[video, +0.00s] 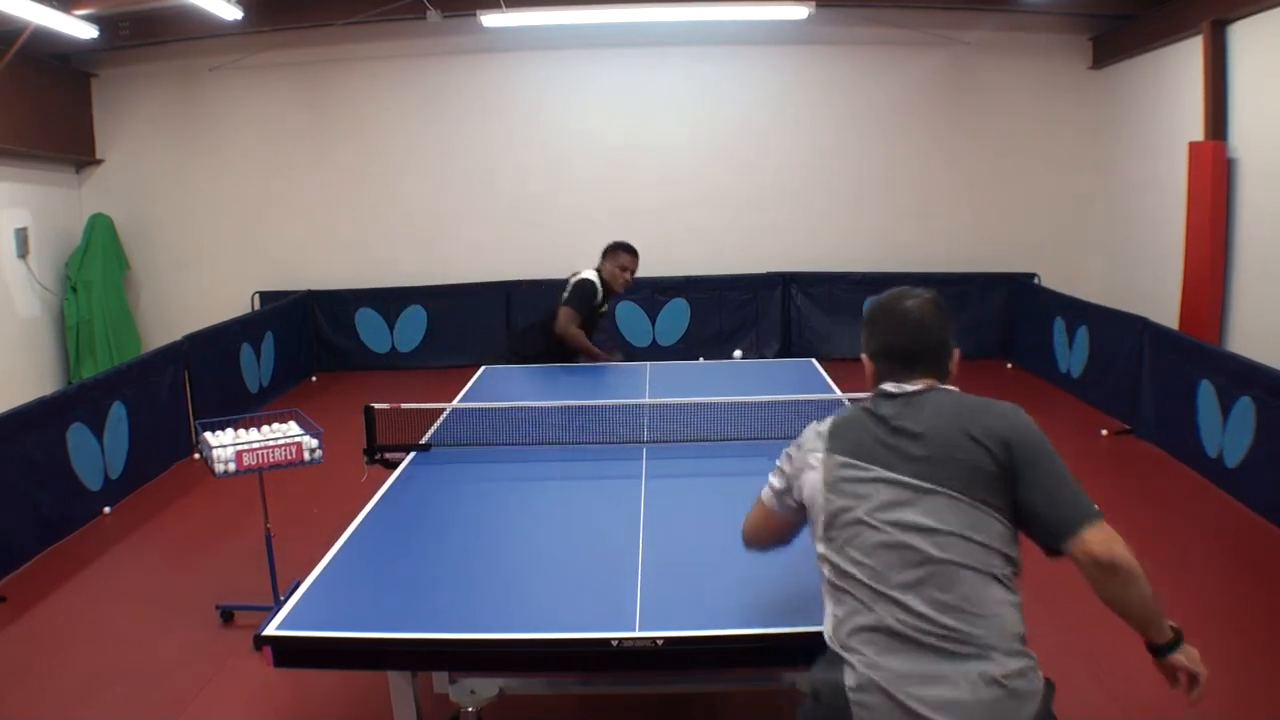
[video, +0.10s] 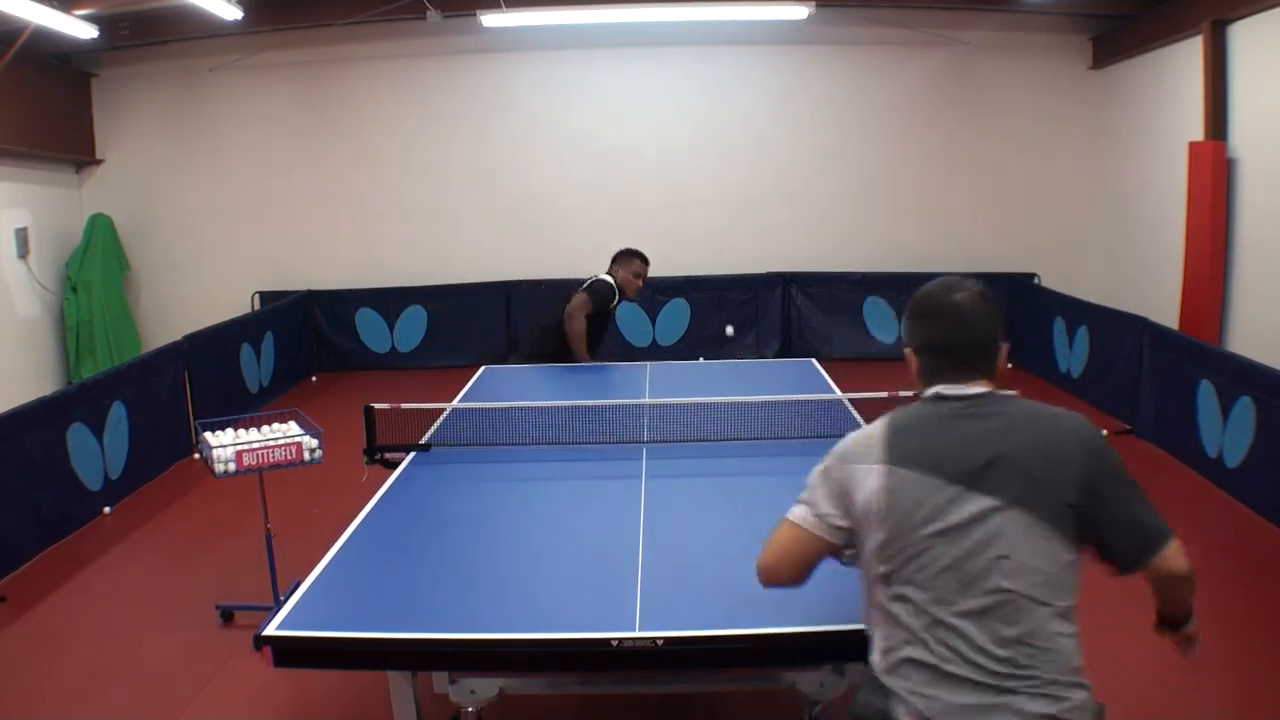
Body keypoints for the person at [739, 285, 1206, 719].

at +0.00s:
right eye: (957, 353)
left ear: (866, 366)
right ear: (954, 364)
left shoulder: (821, 441)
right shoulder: (1004, 427)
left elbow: (757, 533)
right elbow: (1102, 553)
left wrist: (815, 482)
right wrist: (1165, 642)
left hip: (867, 698)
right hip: (997, 699)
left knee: (825, 677)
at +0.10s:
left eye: (903, 354)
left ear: (910, 363)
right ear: (1003, 360)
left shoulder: (865, 450)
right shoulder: (1071, 440)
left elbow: (775, 569)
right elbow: (1173, 567)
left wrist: (834, 531)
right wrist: (1175, 619)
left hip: (910, 704)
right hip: (1045, 705)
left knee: (820, 687)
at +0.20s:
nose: (945, 333)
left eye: (944, 323)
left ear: (954, 329)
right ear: (1047, 324)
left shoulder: (926, 415)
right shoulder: (1132, 409)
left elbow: (815, 553)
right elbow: (1212, 530)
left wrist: (872, 535)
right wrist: (1156, 558)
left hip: (978, 695)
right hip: (1115, 696)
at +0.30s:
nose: (973, 309)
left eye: (970, 296)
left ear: (983, 304)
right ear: (1075, 295)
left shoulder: (958, 388)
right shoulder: (1168, 379)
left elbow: (851, 553)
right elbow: (1241, 519)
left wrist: (882, 562)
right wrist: (1143, 539)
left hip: (1023, 694)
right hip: (1168, 691)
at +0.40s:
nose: (993, 333)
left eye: (992, 322)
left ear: (1005, 328)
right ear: (1102, 316)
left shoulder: (981, 422)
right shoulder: (1199, 401)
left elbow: (883, 613)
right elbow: (1265, 561)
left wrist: (913, 620)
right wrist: (1174, 578)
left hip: (1051, 705)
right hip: (1199, 704)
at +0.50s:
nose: (1000, 423)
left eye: (997, 409)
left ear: (1010, 410)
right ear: (1108, 387)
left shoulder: (1002, 526)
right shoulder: (1227, 471)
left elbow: (898, 693)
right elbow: (1269, 623)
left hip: (1079, 708)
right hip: (1226, 708)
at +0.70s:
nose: (1017, 432)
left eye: (1014, 415)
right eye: (1015, 416)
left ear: (1033, 418)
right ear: (1130, 390)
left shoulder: (1032, 537)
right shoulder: (1261, 457)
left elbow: (874, 622)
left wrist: (814, 538)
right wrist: (1026, 602)